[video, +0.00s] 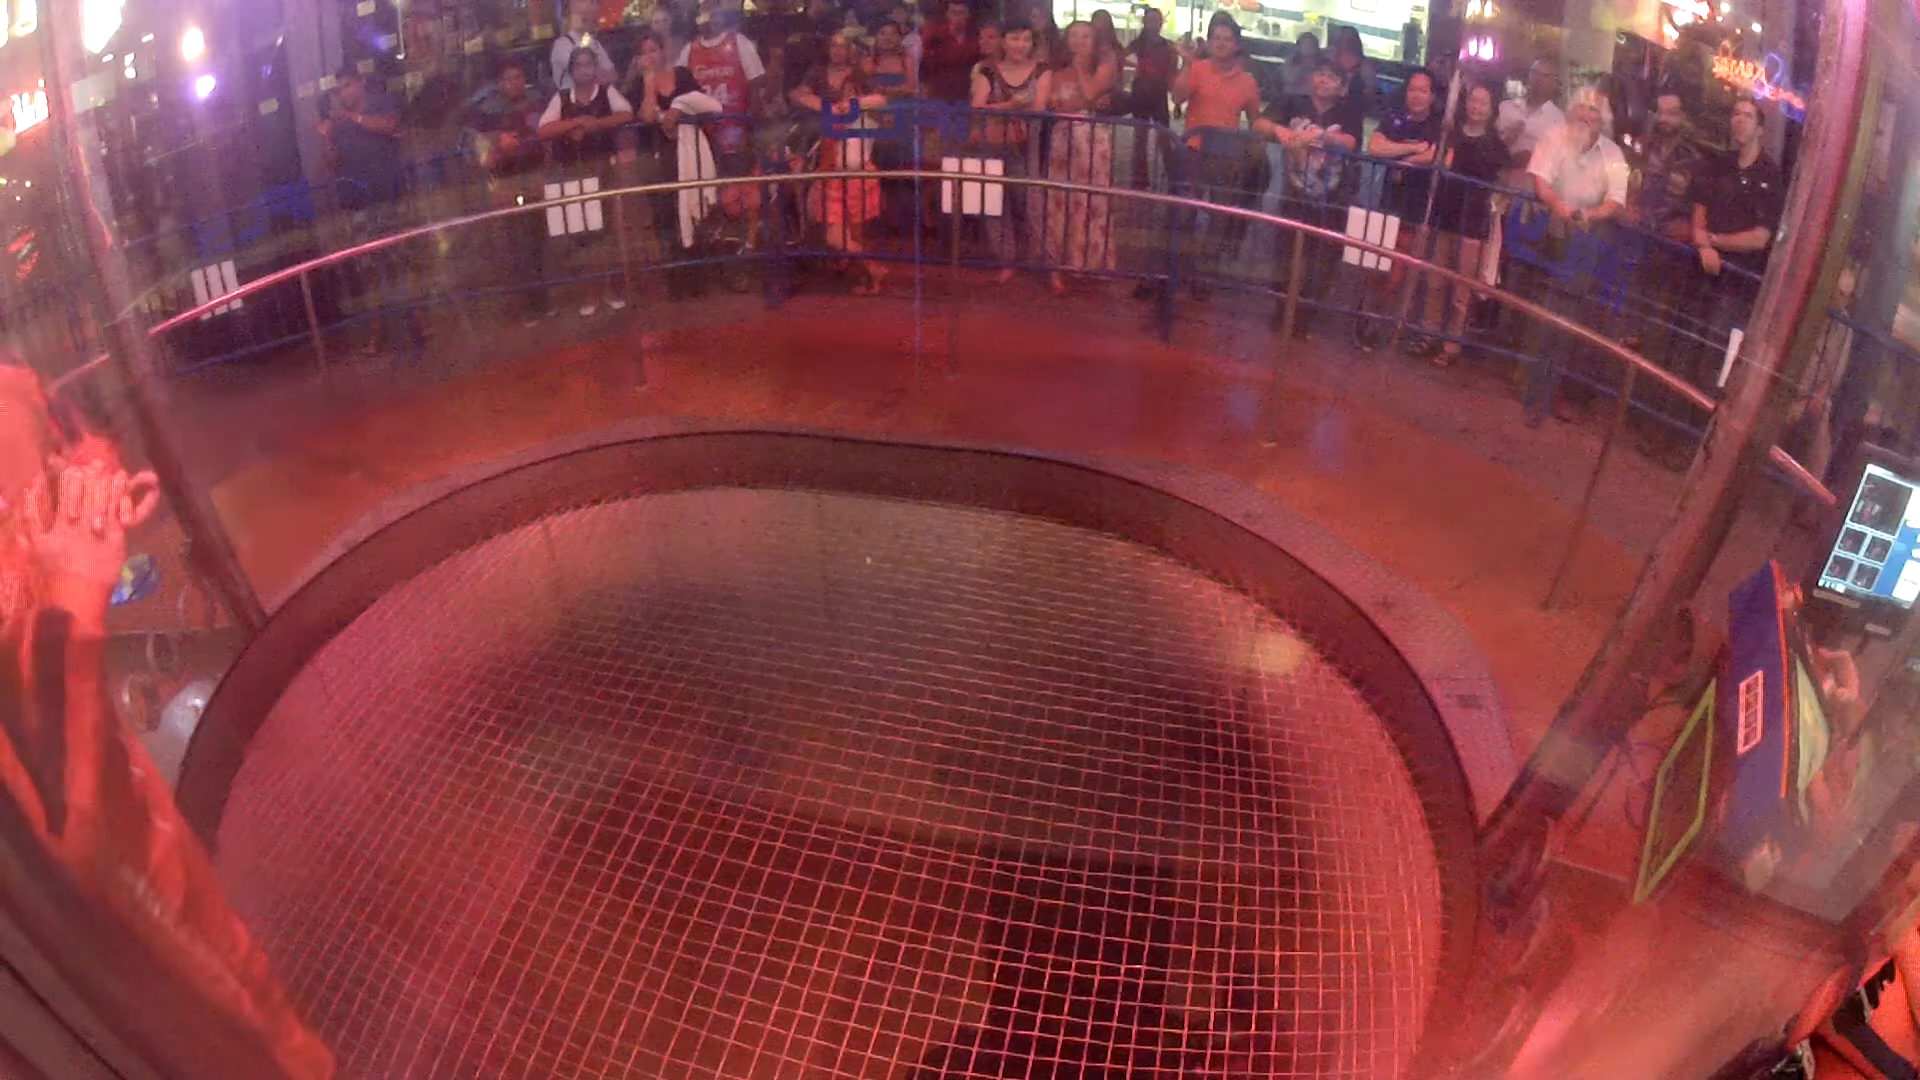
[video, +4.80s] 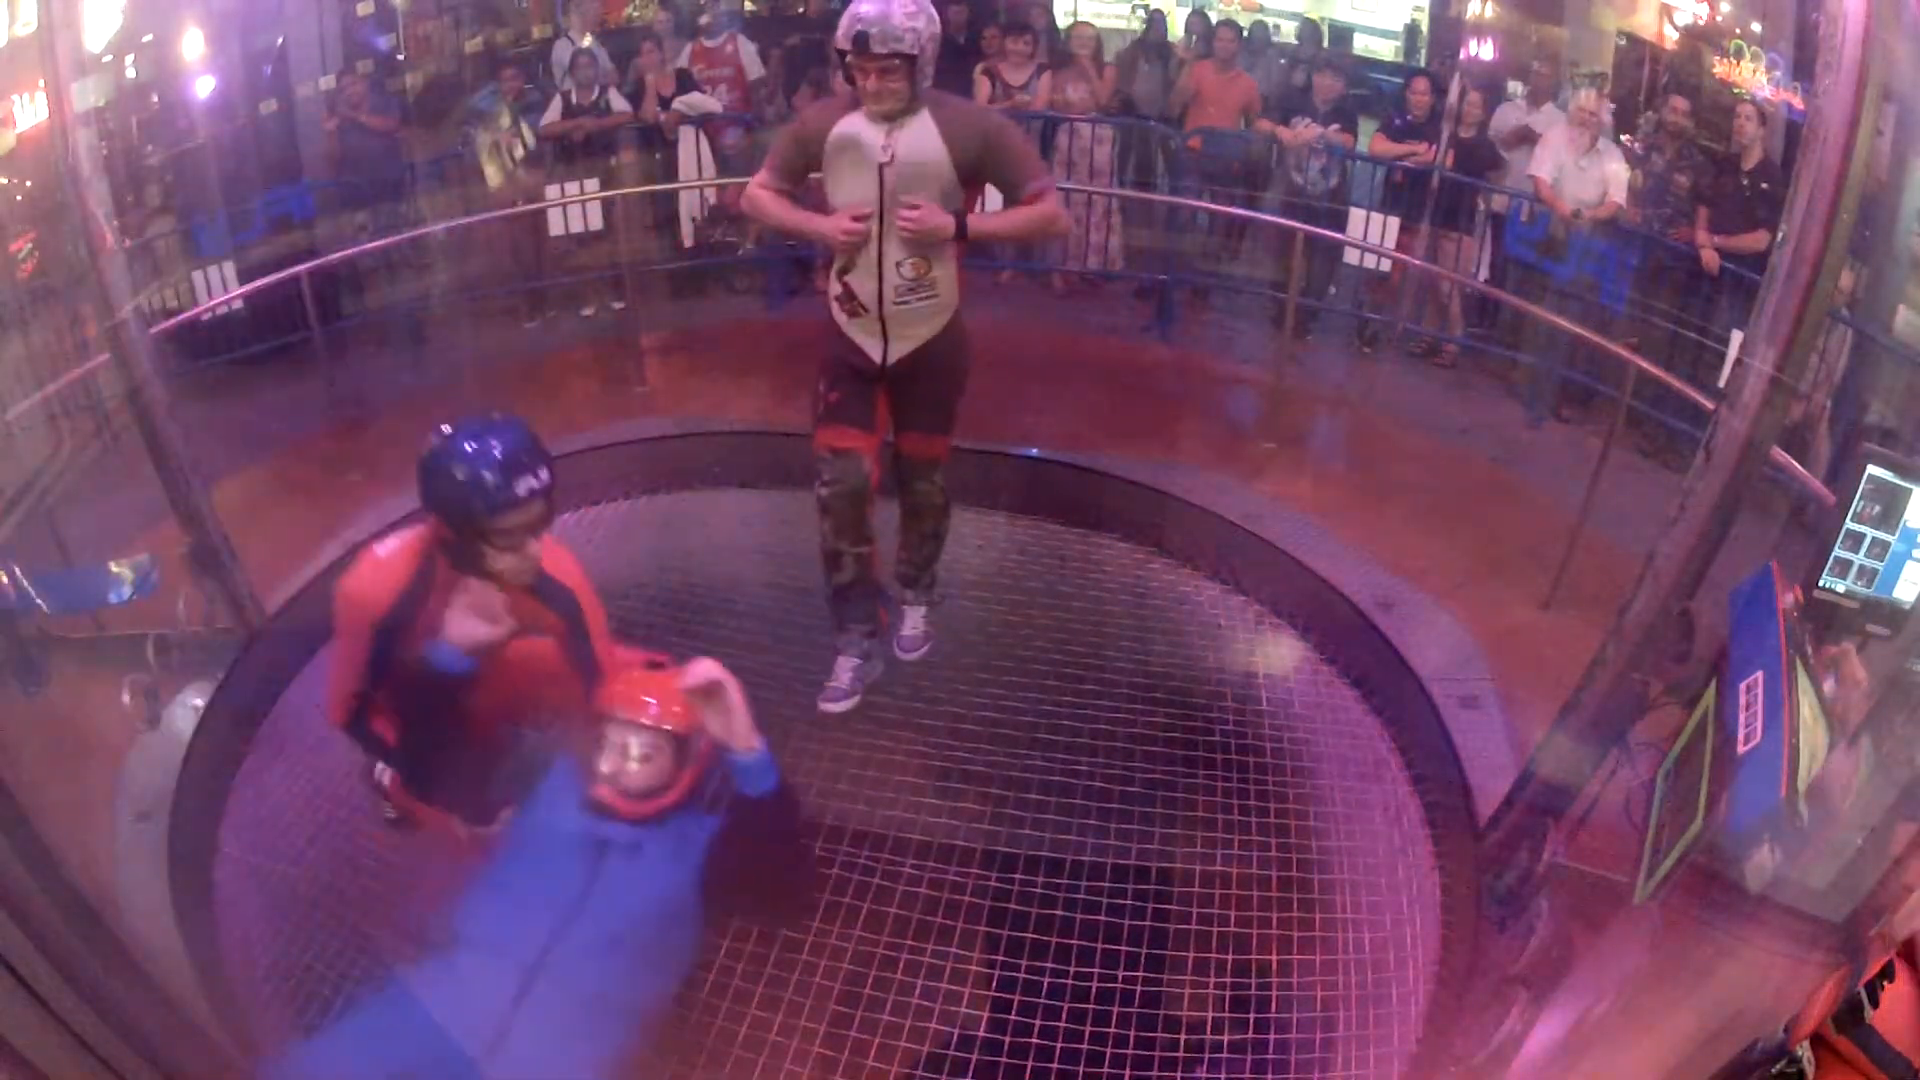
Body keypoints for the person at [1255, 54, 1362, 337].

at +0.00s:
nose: (1322, 81)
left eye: (1330, 78)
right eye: (1319, 75)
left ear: (1342, 89)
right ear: (1310, 79)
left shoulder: (1349, 112)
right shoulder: (1294, 104)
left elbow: (1351, 143)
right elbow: (1259, 124)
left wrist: (1320, 136)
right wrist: (1281, 132)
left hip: (1331, 201)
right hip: (1294, 195)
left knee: (1322, 262)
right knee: (1287, 253)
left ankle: (1306, 317)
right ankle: (1281, 310)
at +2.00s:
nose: (1327, 90)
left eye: (1334, 86)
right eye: (1324, 82)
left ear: (1343, 92)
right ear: (1313, 80)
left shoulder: (1346, 114)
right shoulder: (1293, 106)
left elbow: (1351, 144)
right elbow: (1260, 124)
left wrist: (1325, 135)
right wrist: (1286, 136)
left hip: (1330, 199)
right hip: (1295, 192)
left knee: (1321, 257)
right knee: (1287, 250)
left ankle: (1306, 313)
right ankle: (1281, 306)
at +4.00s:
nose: (1325, 85)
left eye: (1333, 81)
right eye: (1322, 78)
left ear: (1343, 90)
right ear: (1312, 79)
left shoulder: (1345, 114)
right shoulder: (1295, 107)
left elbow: (1350, 144)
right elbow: (1264, 126)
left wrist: (1323, 135)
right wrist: (1290, 138)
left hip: (1329, 195)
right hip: (1293, 189)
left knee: (1323, 256)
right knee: (1286, 248)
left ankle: (1307, 314)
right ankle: (1281, 306)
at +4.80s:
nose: (1327, 86)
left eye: (1334, 81)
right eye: (1324, 78)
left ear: (1344, 87)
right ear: (1313, 77)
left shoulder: (1346, 111)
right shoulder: (1293, 100)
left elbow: (1350, 143)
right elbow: (1261, 124)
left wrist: (1322, 134)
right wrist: (1283, 133)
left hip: (1330, 196)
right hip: (1293, 190)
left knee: (1323, 257)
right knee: (1286, 250)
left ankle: (1307, 315)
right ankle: (1279, 308)